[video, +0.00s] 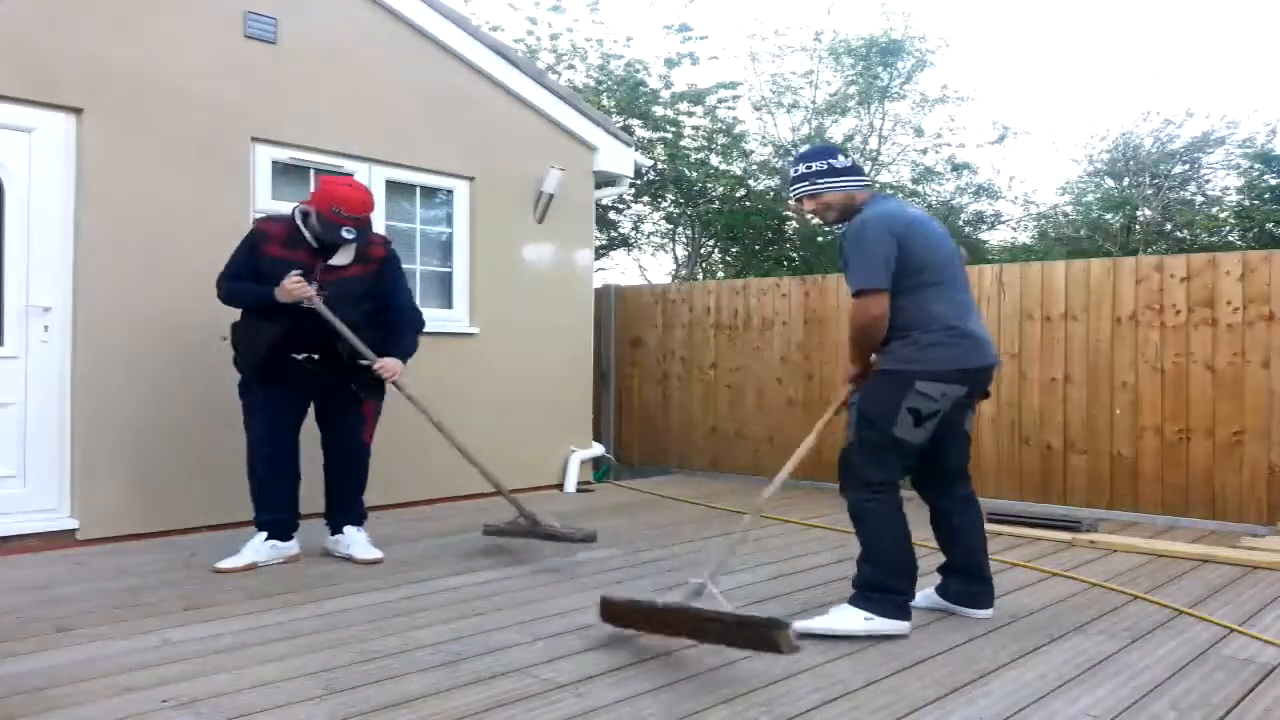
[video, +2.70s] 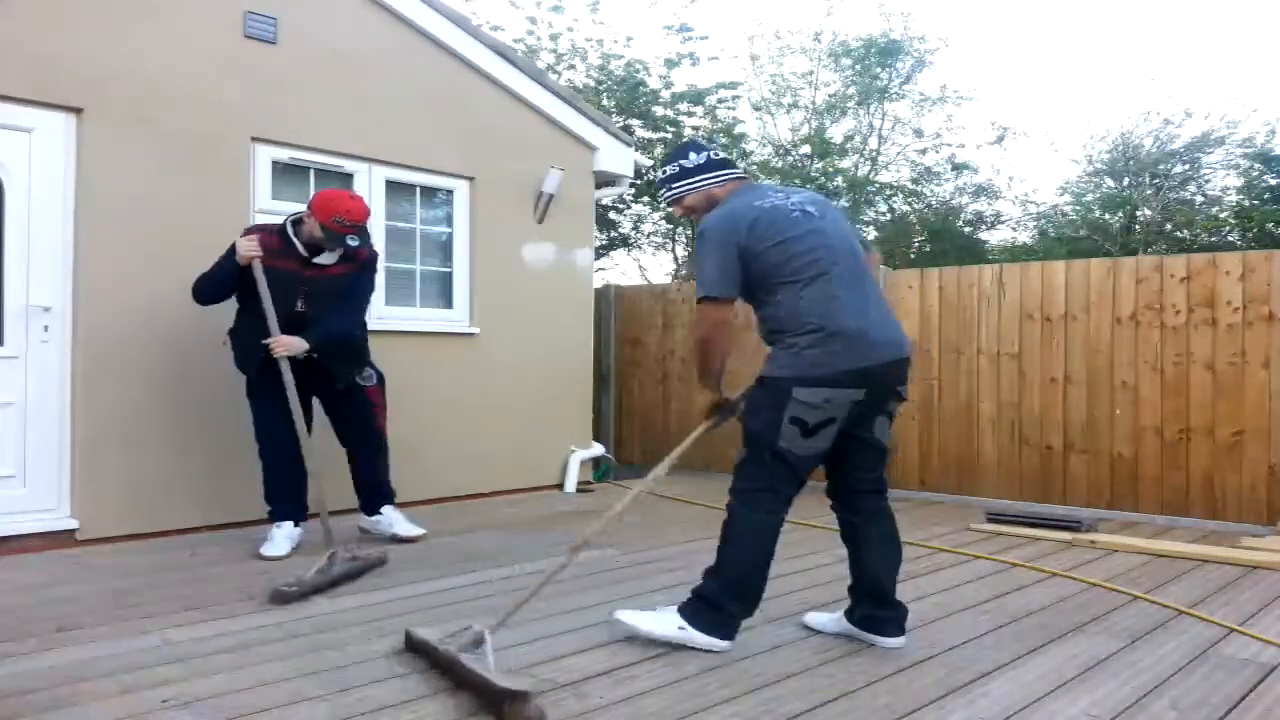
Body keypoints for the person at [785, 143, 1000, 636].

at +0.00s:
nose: (809, 209)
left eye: (812, 196)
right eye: (804, 201)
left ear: (840, 185)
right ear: (849, 186)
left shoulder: (869, 225)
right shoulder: (906, 216)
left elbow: (871, 311)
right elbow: (916, 310)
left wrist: (860, 364)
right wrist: (870, 375)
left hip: (923, 360)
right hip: (966, 358)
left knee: (866, 472)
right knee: (941, 473)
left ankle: (882, 603)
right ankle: (969, 590)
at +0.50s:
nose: (751, 235)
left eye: (749, 222)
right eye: (743, 229)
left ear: (773, 203)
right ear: (779, 202)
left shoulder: (828, 229)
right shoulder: (843, 223)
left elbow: (828, 318)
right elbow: (849, 326)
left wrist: (797, 382)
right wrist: (804, 383)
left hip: (926, 365)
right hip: (962, 358)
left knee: (901, 487)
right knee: (951, 480)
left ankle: (892, 614)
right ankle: (966, 590)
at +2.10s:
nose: (727, 197)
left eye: (727, 184)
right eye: (720, 188)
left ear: (753, 166)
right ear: (774, 161)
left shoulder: (784, 203)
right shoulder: (833, 190)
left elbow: (765, 289)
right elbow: (870, 267)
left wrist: (728, 357)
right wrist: (807, 305)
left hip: (881, 363)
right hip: (922, 356)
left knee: (871, 498)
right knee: (890, 493)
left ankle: (859, 636)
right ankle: (896, 615)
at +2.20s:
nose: (736, 193)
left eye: (735, 180)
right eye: (730, 185)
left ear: (761, 159)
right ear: (780, 155)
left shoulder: (783, 203)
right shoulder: (853, 186)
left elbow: (760, 305)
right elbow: (877, 263)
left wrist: (753, 362)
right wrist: (827, 307)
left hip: (865, 364)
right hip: (913, 356)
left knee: (858, 498)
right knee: (876, 492)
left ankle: (861, 637)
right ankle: (871, 613)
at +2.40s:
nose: (735, 192)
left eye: (735, 178)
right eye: (728, 183)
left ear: (764, 162)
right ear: (785, 159)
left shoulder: (775, 210)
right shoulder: (862, 188)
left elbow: (764, 313)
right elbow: (909, 224)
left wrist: (773, 362)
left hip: (843, 363)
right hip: (907, 357)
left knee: (784, 483)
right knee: (866, 485)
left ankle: (842, 622)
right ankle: (883, 617)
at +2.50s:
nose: (722, 198)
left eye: (722, 185)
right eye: (717, 189)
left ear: (751, 169)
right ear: (774, 166)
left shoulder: (762, 216)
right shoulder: (847, 190)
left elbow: (758, 316)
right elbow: (907, 228)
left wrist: (763, 371)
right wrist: (862, 294)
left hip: (833, 361)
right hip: (902, 356)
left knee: (767, 476)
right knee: (864, 483)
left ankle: (791, 623)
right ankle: (878, 616)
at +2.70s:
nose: (683, 214)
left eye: (682, 202)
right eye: (677, 207)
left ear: (705, 184)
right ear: (728, 178)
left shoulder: (722, 223)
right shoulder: (811, 200)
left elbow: (713, 324)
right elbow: (866, 267)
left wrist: (712, 389)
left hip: (814, 361)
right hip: (884, 356)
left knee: (761, 487)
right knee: (860, 488)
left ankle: (712, 617)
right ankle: (878, 616)